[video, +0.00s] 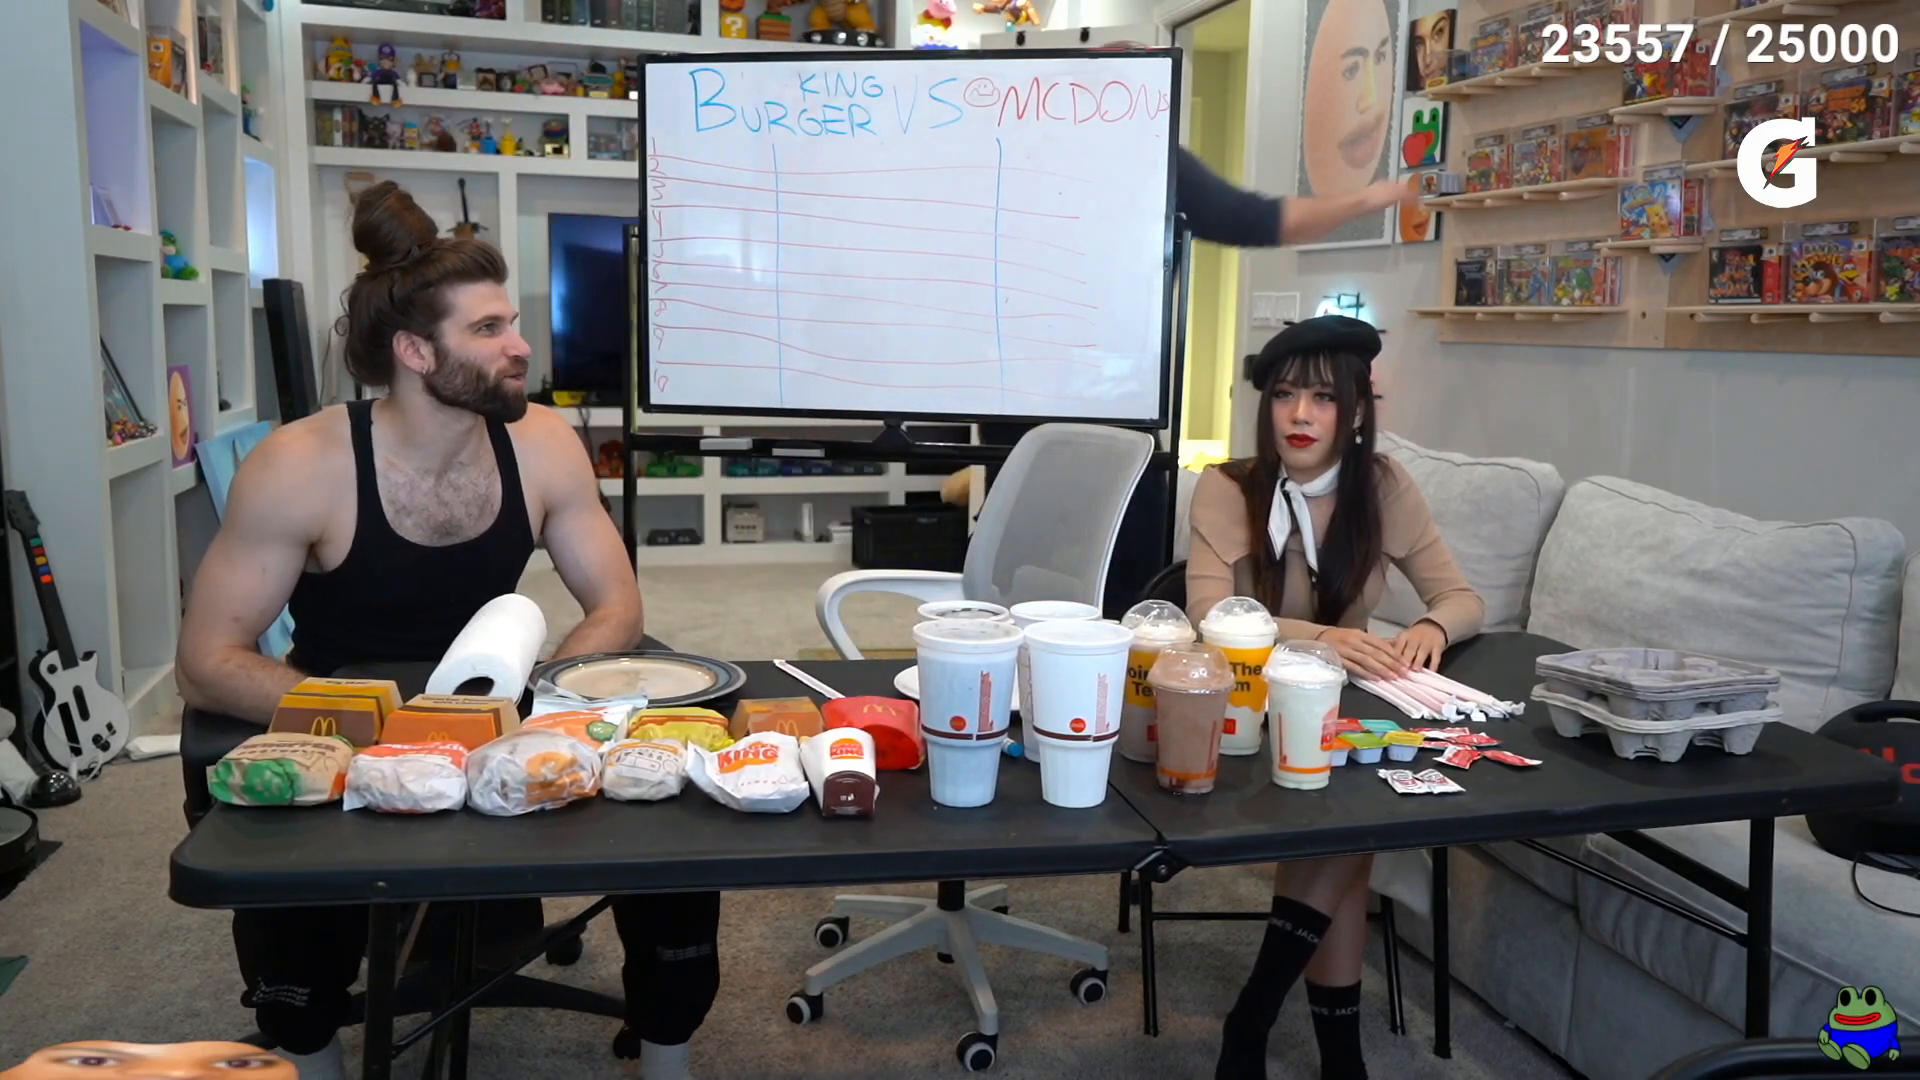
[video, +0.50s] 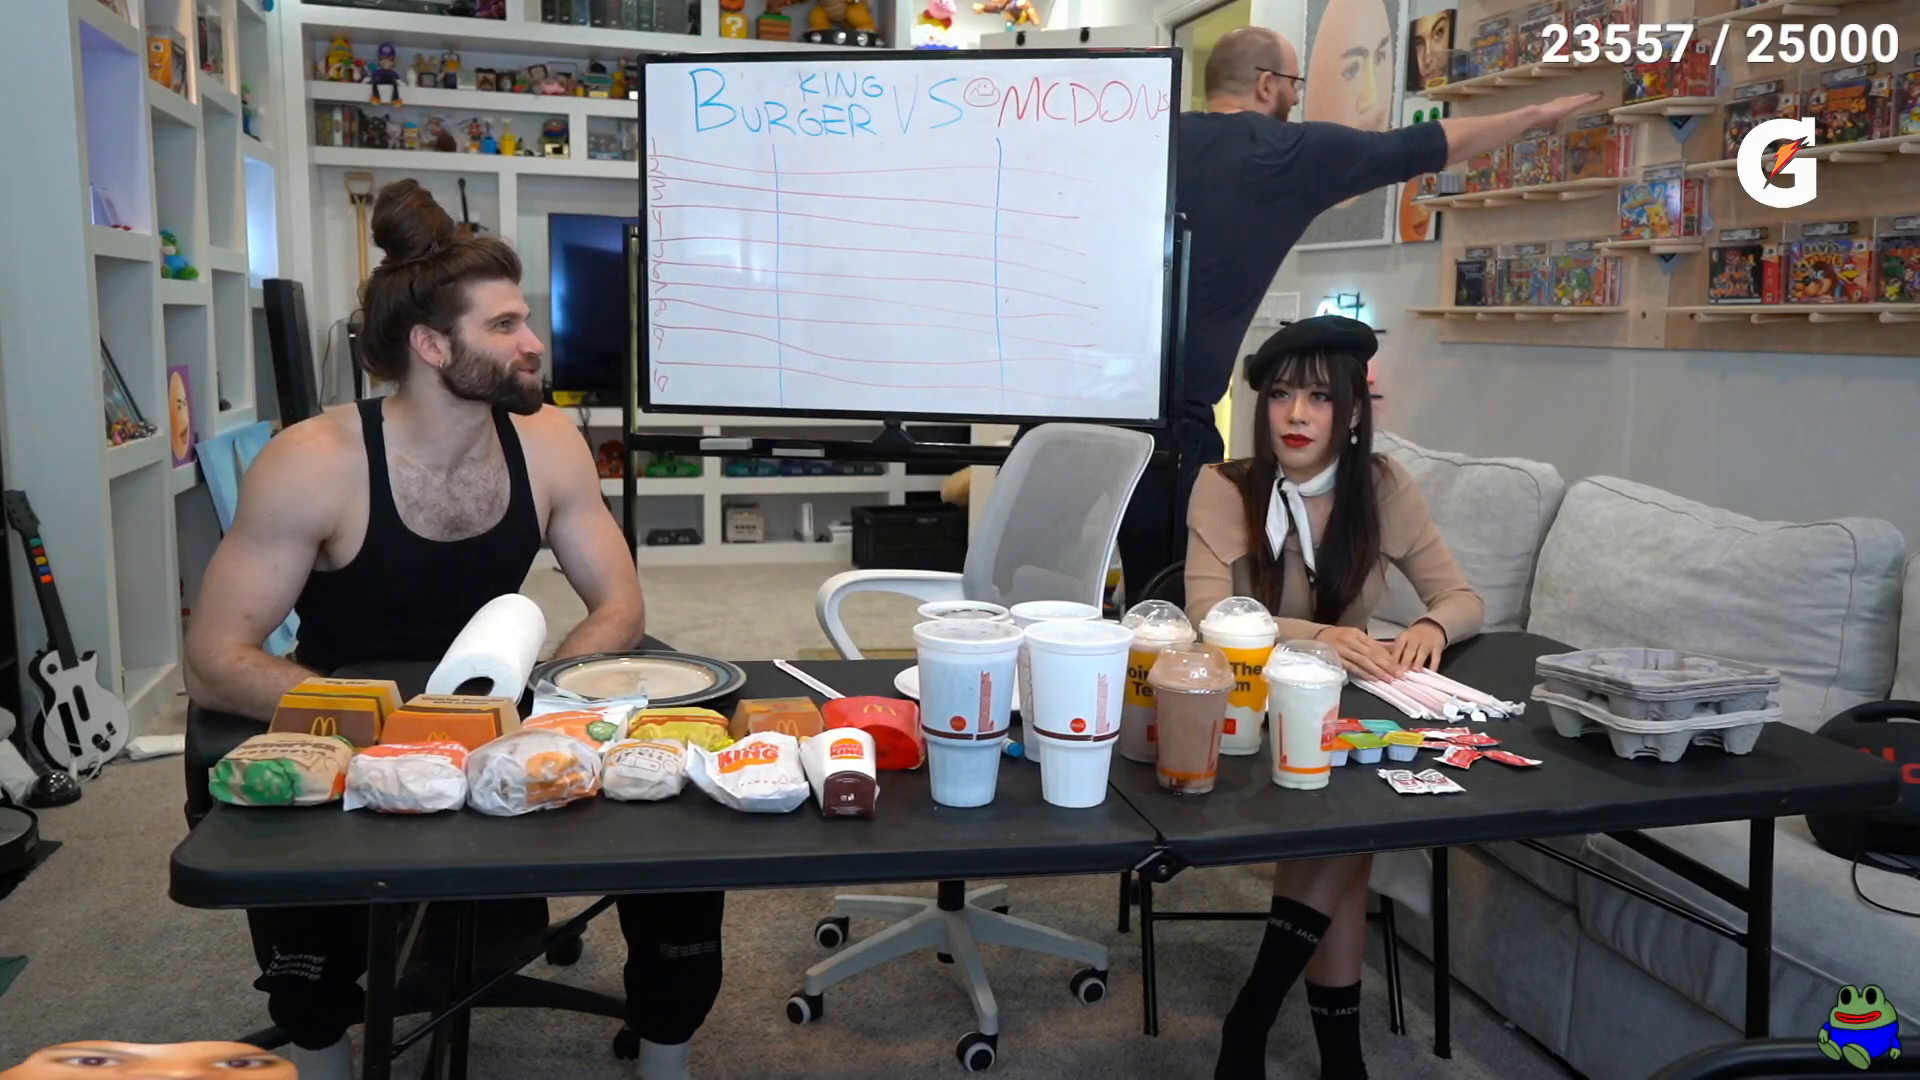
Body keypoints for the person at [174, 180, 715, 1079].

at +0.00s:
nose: (518, 345)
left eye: (514, 323)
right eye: (488, 330)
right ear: (414, 352)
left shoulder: (541, 443)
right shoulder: (302, 464)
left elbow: (619, 608)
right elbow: (206, 658)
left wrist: (535, 688)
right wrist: (358, 714)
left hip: (504, 743)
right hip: (340, 751)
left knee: (673, 830)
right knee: (290, 875)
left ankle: (665, 1058)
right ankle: (309, 1062)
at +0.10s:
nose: (527, 345)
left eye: (522, 324)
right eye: (497, 330)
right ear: (422, 351)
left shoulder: (543, 445)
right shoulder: (305, 463)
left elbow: (620, 607)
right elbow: (209, 657)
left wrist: (542, 688)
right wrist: (356, 713)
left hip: (509, 745)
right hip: (345, 754)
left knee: (681, 842)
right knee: (288, 882)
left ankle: (663, 1059)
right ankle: (310, 1061)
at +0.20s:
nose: (533, 347)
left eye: (529, 326)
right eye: (505, 330)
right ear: (430, 350)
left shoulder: (544, 444)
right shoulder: (309, 461)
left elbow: (621, 607)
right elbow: (211, 658)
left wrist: (541, 689)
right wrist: (362, 714)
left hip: (508, 745)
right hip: (346, 754)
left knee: (683, 842)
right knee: (302, 879)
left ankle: (663, 1059)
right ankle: (306, 1058)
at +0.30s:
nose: (535, 345)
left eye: (531, 324)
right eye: (508, 328)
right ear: (432, 348)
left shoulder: (546, 445)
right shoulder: (311, 462)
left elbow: (622, 607)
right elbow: (211, 657)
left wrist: (540, 689)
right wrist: (364, 712)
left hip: (508, 745)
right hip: (348, 755)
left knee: (680, 835)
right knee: (300, 871)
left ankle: (664, 1059)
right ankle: (316, 1058)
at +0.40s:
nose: (535, 343)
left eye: (530, 322)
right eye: (507, 327)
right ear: (432, 347)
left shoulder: (547, 444)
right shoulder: (313, 461)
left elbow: (622, 606)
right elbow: (212, 656)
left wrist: (540, 689)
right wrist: (365, 711)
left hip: (507, 744)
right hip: (346, 753)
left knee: (680, 835)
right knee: (302, 870)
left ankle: (664, 1059)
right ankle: (322, 1054)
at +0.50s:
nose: (534, 342)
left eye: (530, 320)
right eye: (506, 325)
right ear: (430, 346)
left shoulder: (548, 444)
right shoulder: (314, 461)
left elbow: (622, 606)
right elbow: (212, 655)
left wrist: (540, 688)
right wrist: (362, 711)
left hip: (508, 744)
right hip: (348, 754)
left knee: (679, 828)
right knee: (299, 865)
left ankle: (664, 1057)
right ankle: (319, 1053)